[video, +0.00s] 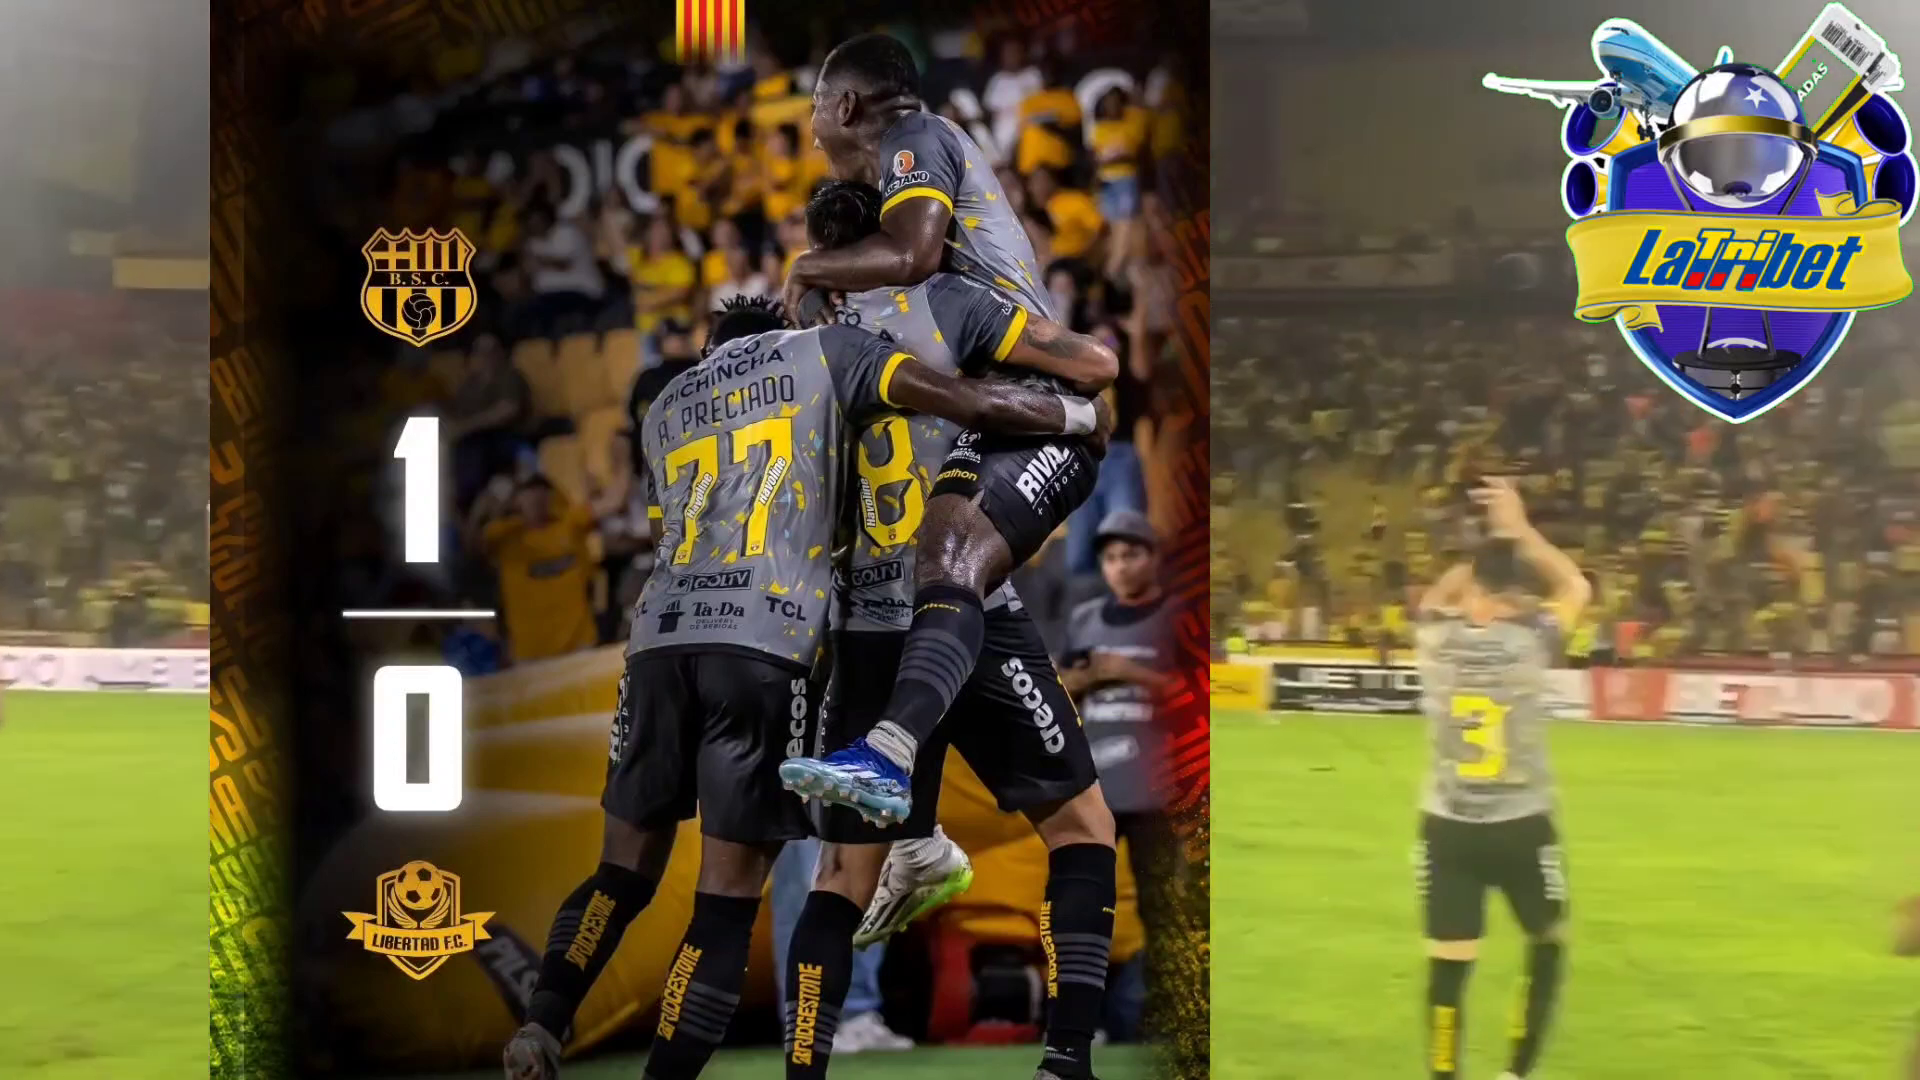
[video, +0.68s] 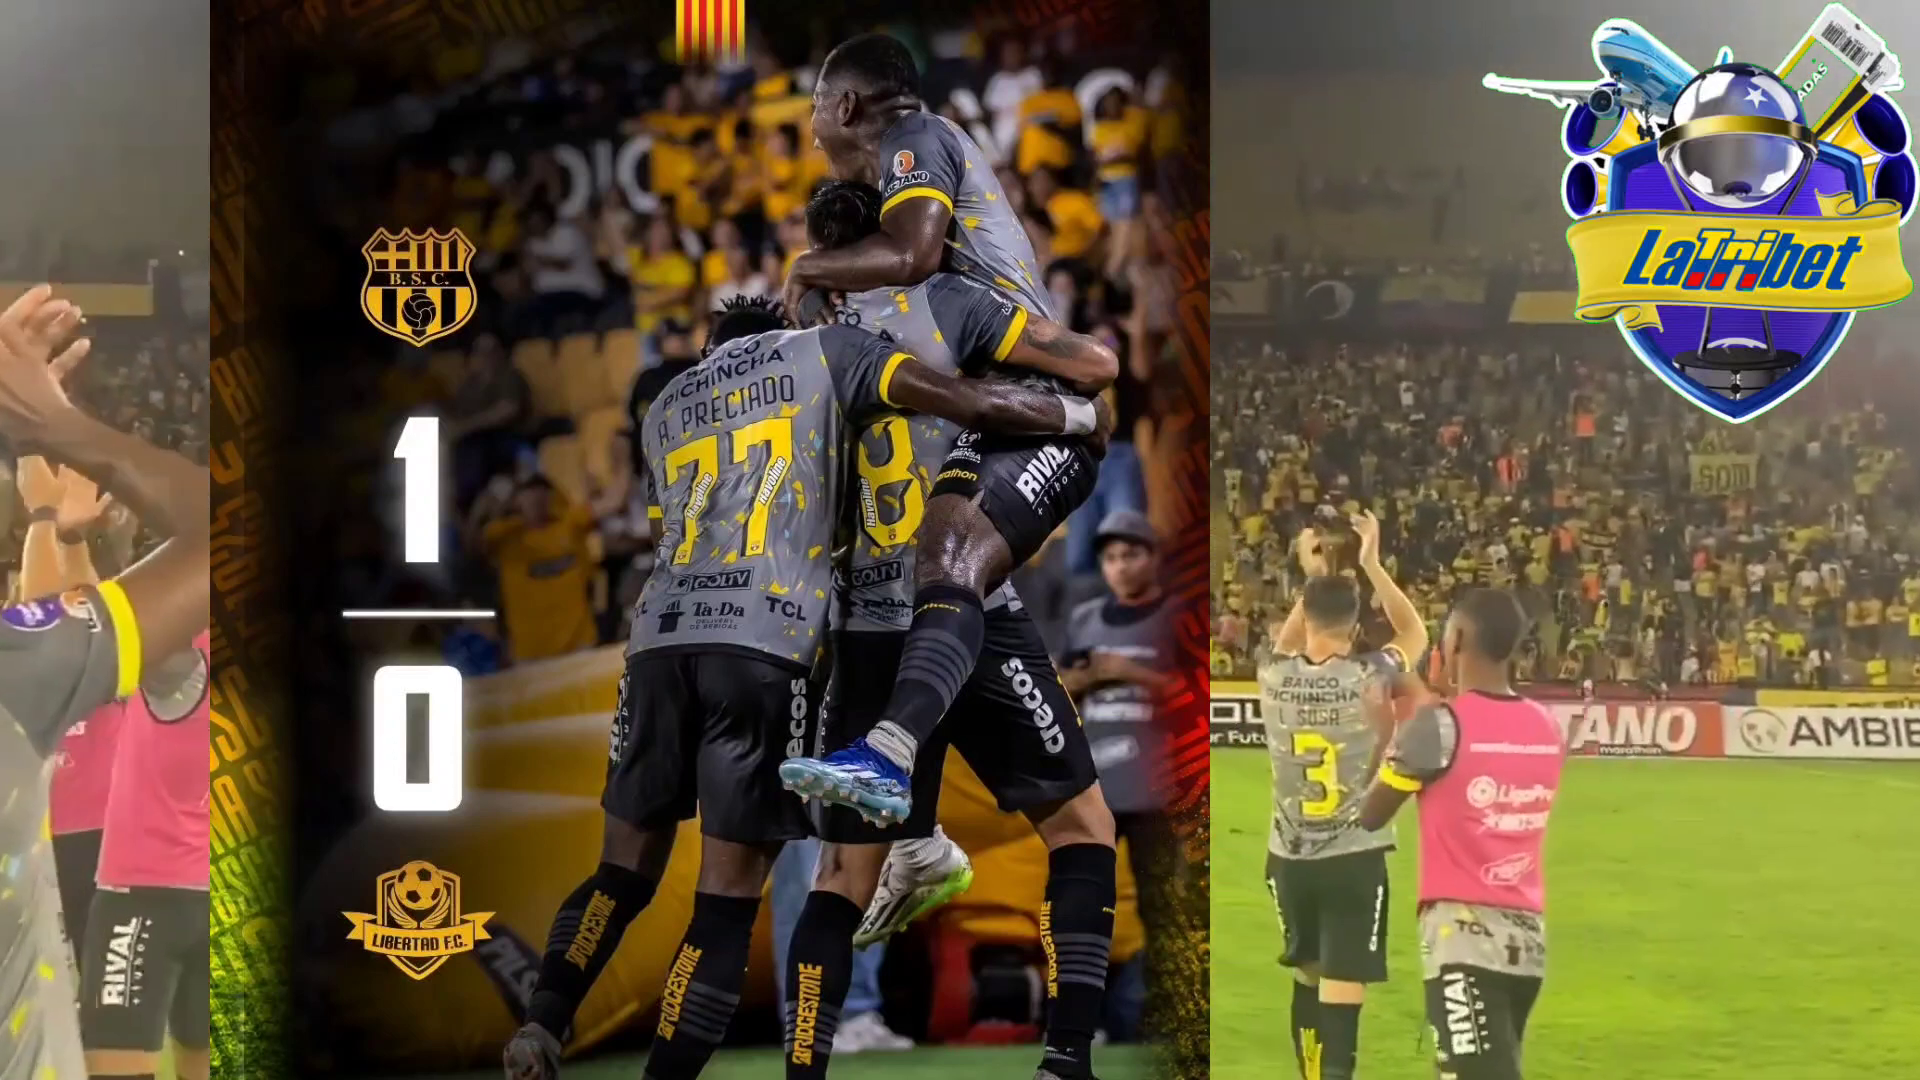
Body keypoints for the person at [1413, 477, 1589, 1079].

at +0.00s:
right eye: (1519, 591)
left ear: (1471, 588)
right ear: (1515, 593)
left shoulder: (1435, 636)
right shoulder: (1534, 642)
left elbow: (1440, 595)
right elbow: (1575, 586)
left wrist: (1485, 551)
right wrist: (1521, 532)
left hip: (1449, 823)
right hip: (1521, 825)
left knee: (1450, 956)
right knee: (1548, 937)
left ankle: (1442, 1069)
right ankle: (1522, 1067)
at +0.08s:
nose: (1420, 619)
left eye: (1422, 609)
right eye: (1419, 609)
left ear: (1377, 603)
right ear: (1426, 609)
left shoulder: (1344, 649)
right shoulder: (1442, 652)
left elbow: (1349, 601)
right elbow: (1484, 598)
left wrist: (1391, 546)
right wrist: (1440, 535)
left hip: (1358, 833)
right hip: (1430, 833)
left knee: (1354, 967)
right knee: (1447, 962)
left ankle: (1347, 1072)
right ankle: (1457, 1069)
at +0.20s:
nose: (1368, 627)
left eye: (1361, 613)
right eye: (1373, 618)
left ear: (1328, 609)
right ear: (1378, 614)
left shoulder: (1293, 659)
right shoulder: (1389, 661)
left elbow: (1300, 617)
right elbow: (1429, 608)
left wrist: (1325, 562)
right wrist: (1390, 534)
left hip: (1302, 841)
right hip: (1375, 841)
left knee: (1292, 972)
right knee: (1390, 970)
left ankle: (1279, 1072)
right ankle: (1397, 1071)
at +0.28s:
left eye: (1299, 597)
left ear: (1295, 603)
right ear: (1350, 605)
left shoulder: (1261, 656)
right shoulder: (1359, 659)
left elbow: (1278, 610)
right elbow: (1391, 607)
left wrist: (1313, 562)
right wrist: (1346, 545)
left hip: (1276, 839)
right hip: (1347, 838)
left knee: (1261, 965)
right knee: (1356, 961)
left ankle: (1239, 1073)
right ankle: (1356, 1073)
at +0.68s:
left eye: (1308, 620)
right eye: (1354, 617)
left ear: (1302, 620)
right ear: (1356, 624)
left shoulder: (1276, 679)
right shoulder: (1374, 678)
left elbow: (1290, 639)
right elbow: (1412, 633)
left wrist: (1310, 585)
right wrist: (1372, 568)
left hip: (1289, 860)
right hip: (1354, 861)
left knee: (1308, 980)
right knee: (1342, 996)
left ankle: (1311, 1072)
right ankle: (1335, 1075)